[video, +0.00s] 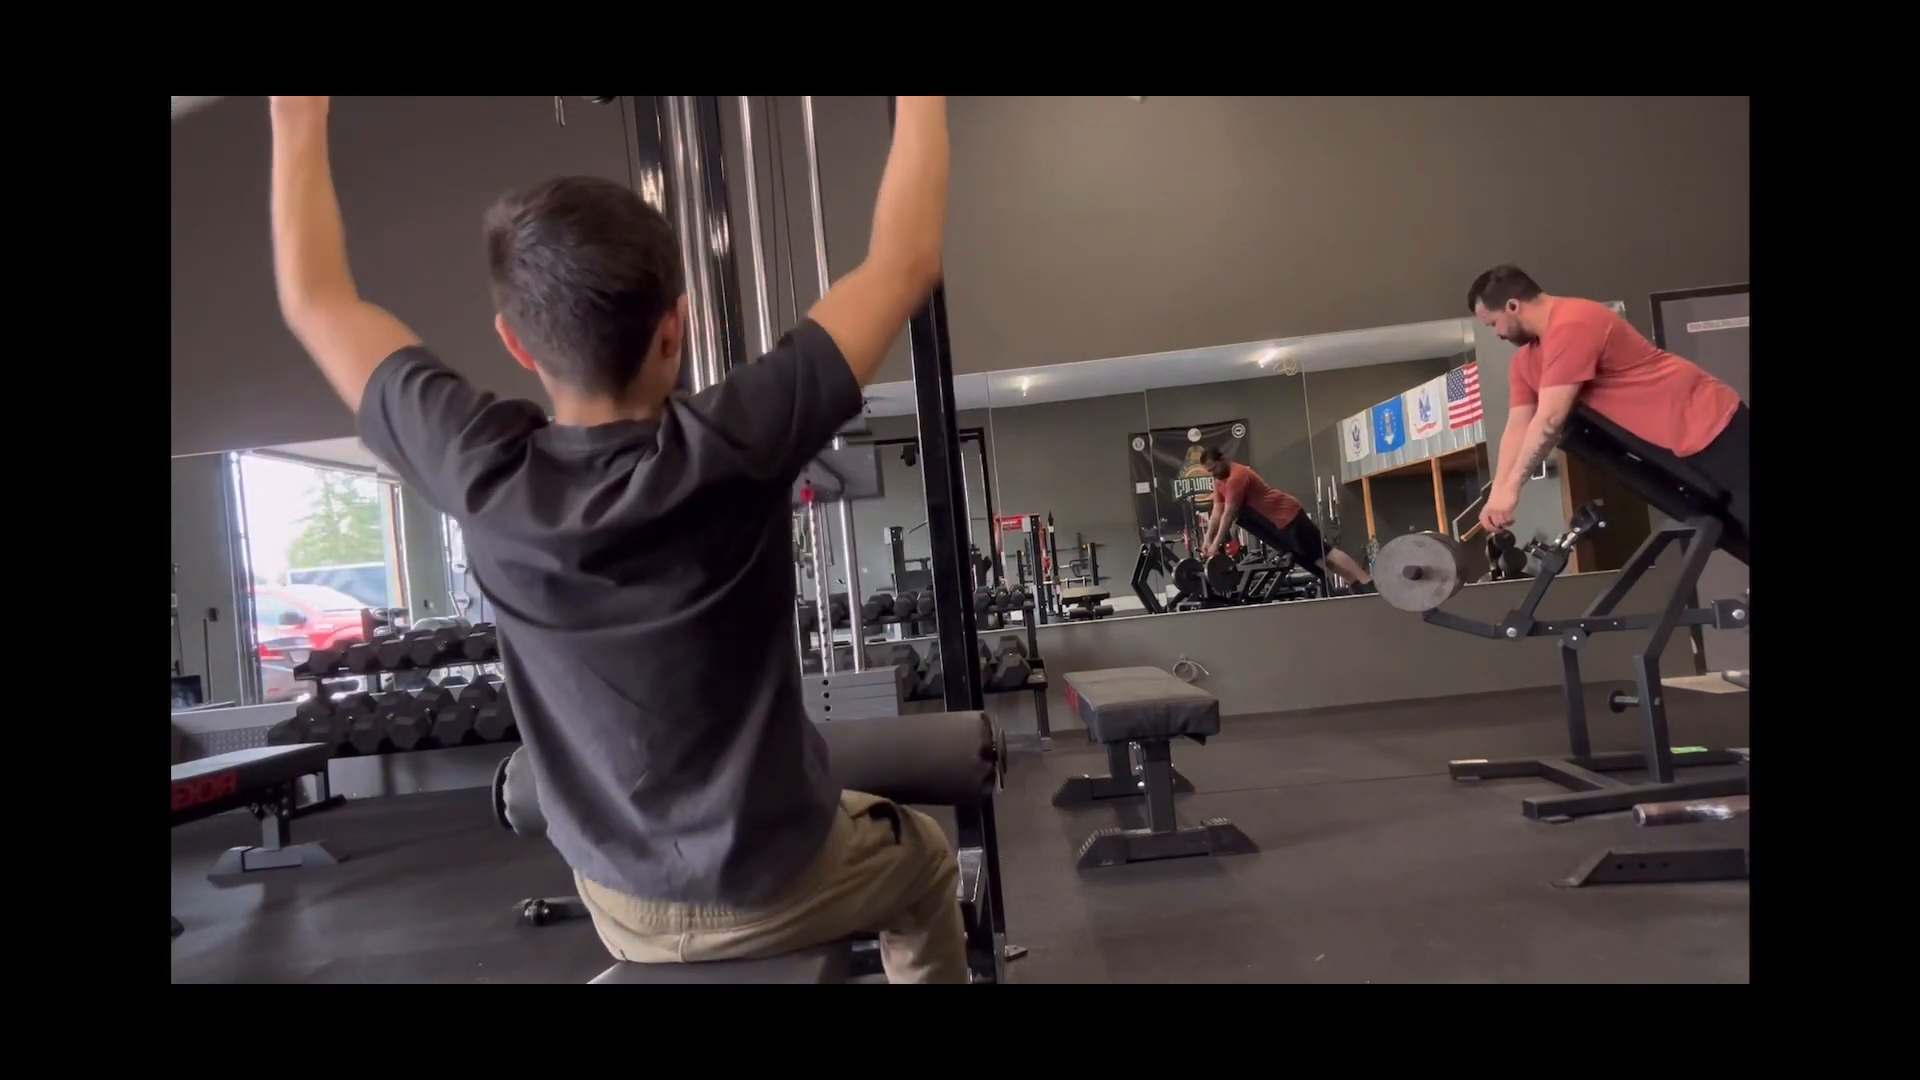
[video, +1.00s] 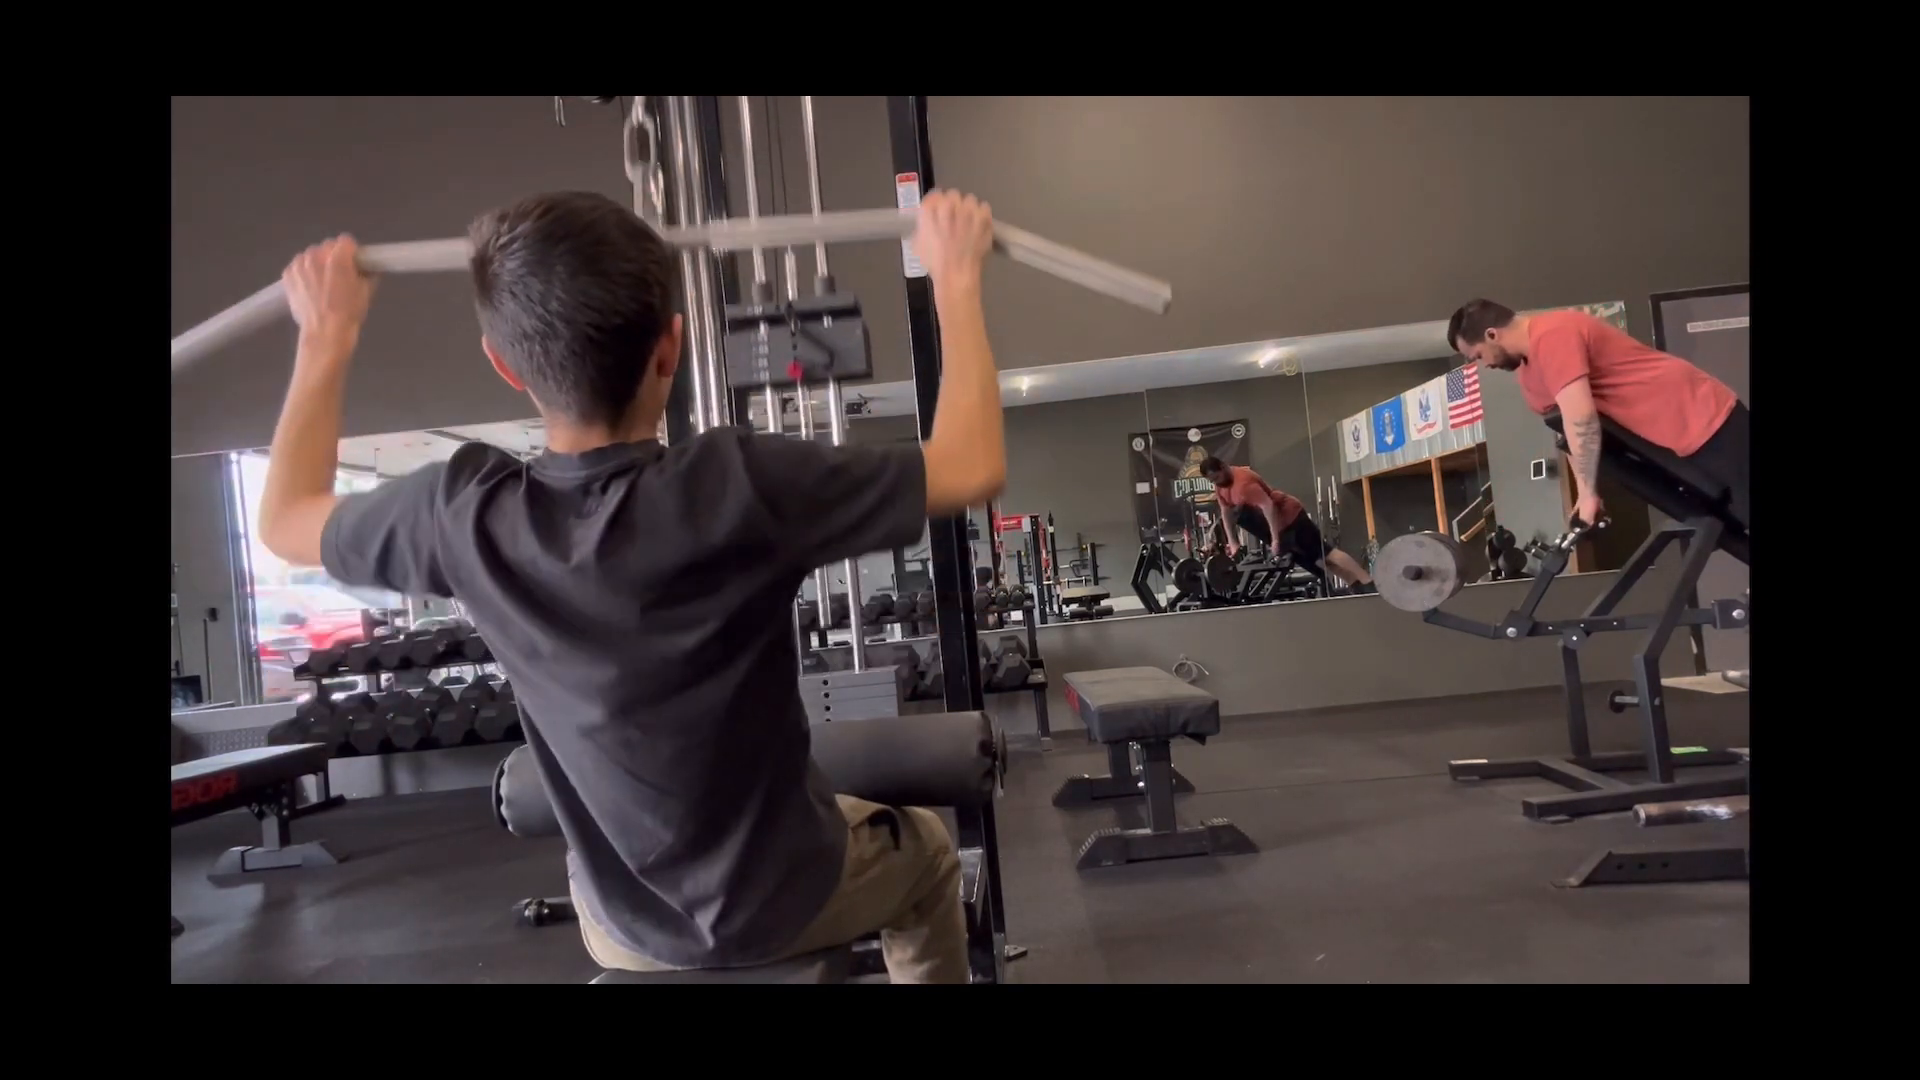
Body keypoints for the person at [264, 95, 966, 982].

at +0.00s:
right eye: (681, 302)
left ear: (513, 342)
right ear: (676, 326)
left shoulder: (485, 464)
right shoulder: (737, 442)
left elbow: (314, 298)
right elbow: (903, 267)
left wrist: (296, 116)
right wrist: (921, 91)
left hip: (617, 909)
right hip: (773, 898)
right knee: (922, 859)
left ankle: (634, 975)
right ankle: (926, 976)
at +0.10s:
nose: (675, 332)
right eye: (674, 314)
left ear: (499, 358)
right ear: (664, 342)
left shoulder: (468, 491)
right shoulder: (737, 464)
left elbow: (272, 370)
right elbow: (939, 335)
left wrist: (295, 169)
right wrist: (938, 135)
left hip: (618, 919)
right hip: (772, 893)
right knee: (922, 858)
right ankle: (929, 980)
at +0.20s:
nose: (670, 331)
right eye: (671, 316)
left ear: (493, 366)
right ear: (661, 344)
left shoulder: (459, 516)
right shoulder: (738, 482)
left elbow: (245, 463)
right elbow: (968, 426)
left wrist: (295, 269)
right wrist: (950, 234)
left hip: (615, 915)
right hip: (774, 889)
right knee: (921, 865)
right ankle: (930, 976)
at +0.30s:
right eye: (671, 315)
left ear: (496, 366)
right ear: (667, 340)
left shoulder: (455, 532)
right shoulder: (746, 498)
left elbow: (235, 562)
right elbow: (980, 521)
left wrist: (301, 365)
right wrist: (961, 327)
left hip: (613, 914)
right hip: (775, 899)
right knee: (922, 862)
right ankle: (926, 983)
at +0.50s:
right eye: (683, 314)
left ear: (511, 362)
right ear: (680, 337)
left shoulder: (477, 540)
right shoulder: (754, 502)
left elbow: (272, 709)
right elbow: (950, 660)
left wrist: (311, 496)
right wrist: (968, 466)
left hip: (614, 908)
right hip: (784, 895)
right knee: (922, 864)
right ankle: (927, 977)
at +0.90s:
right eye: (683, 315)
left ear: (507, 367)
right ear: (678, 343)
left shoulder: (466, 523)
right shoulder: (752, 493)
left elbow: (271, 610)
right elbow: (978, 549)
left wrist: (322, 419)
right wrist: (966, 363)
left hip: (613, 911)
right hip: (781, 898)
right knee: (922, 859)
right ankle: (932, 981)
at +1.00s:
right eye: (679, 321)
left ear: (504, 368)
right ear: (672, 346)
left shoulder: (467, 515)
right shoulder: (743, 485)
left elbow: (288, 525)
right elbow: (971, 466)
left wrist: (323, 338)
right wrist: (957, 281)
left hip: (612, 911)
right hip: (775, 895)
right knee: (926, 864)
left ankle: (615, 970)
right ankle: (932, 978)